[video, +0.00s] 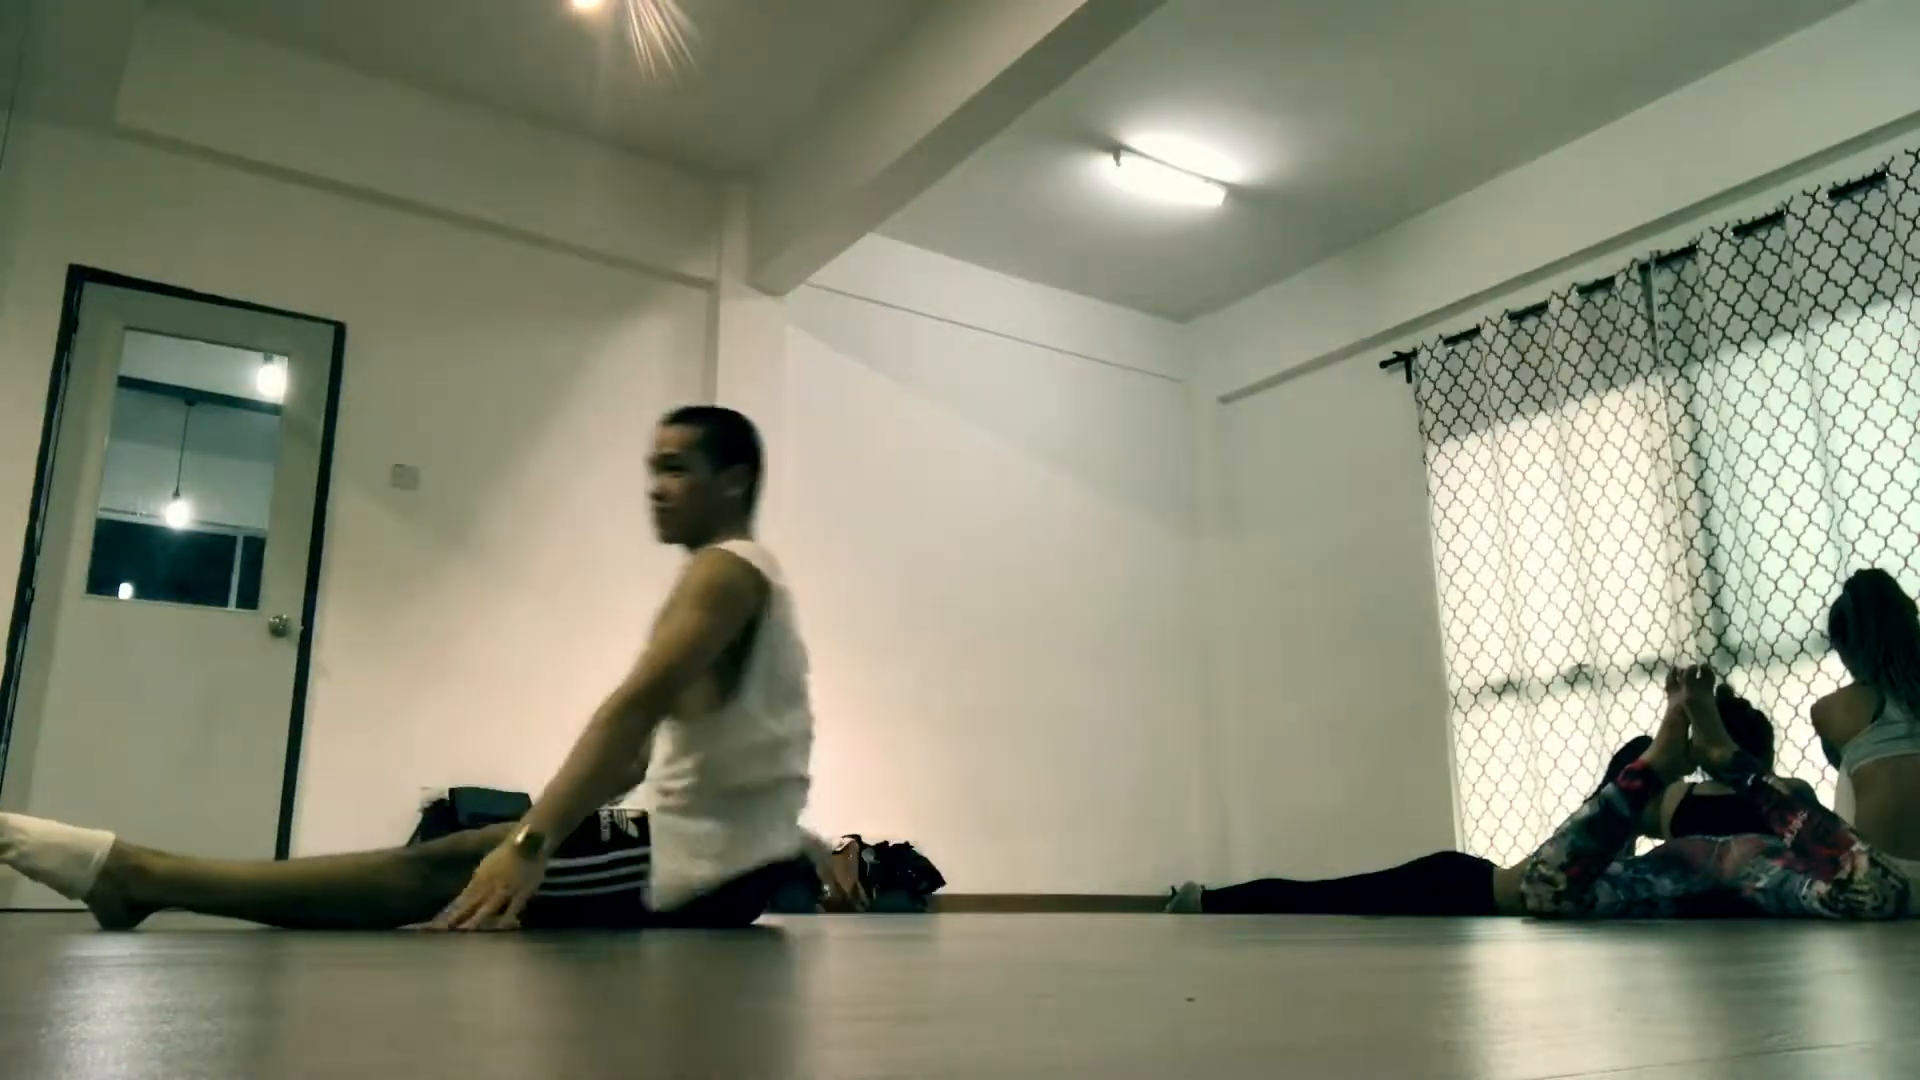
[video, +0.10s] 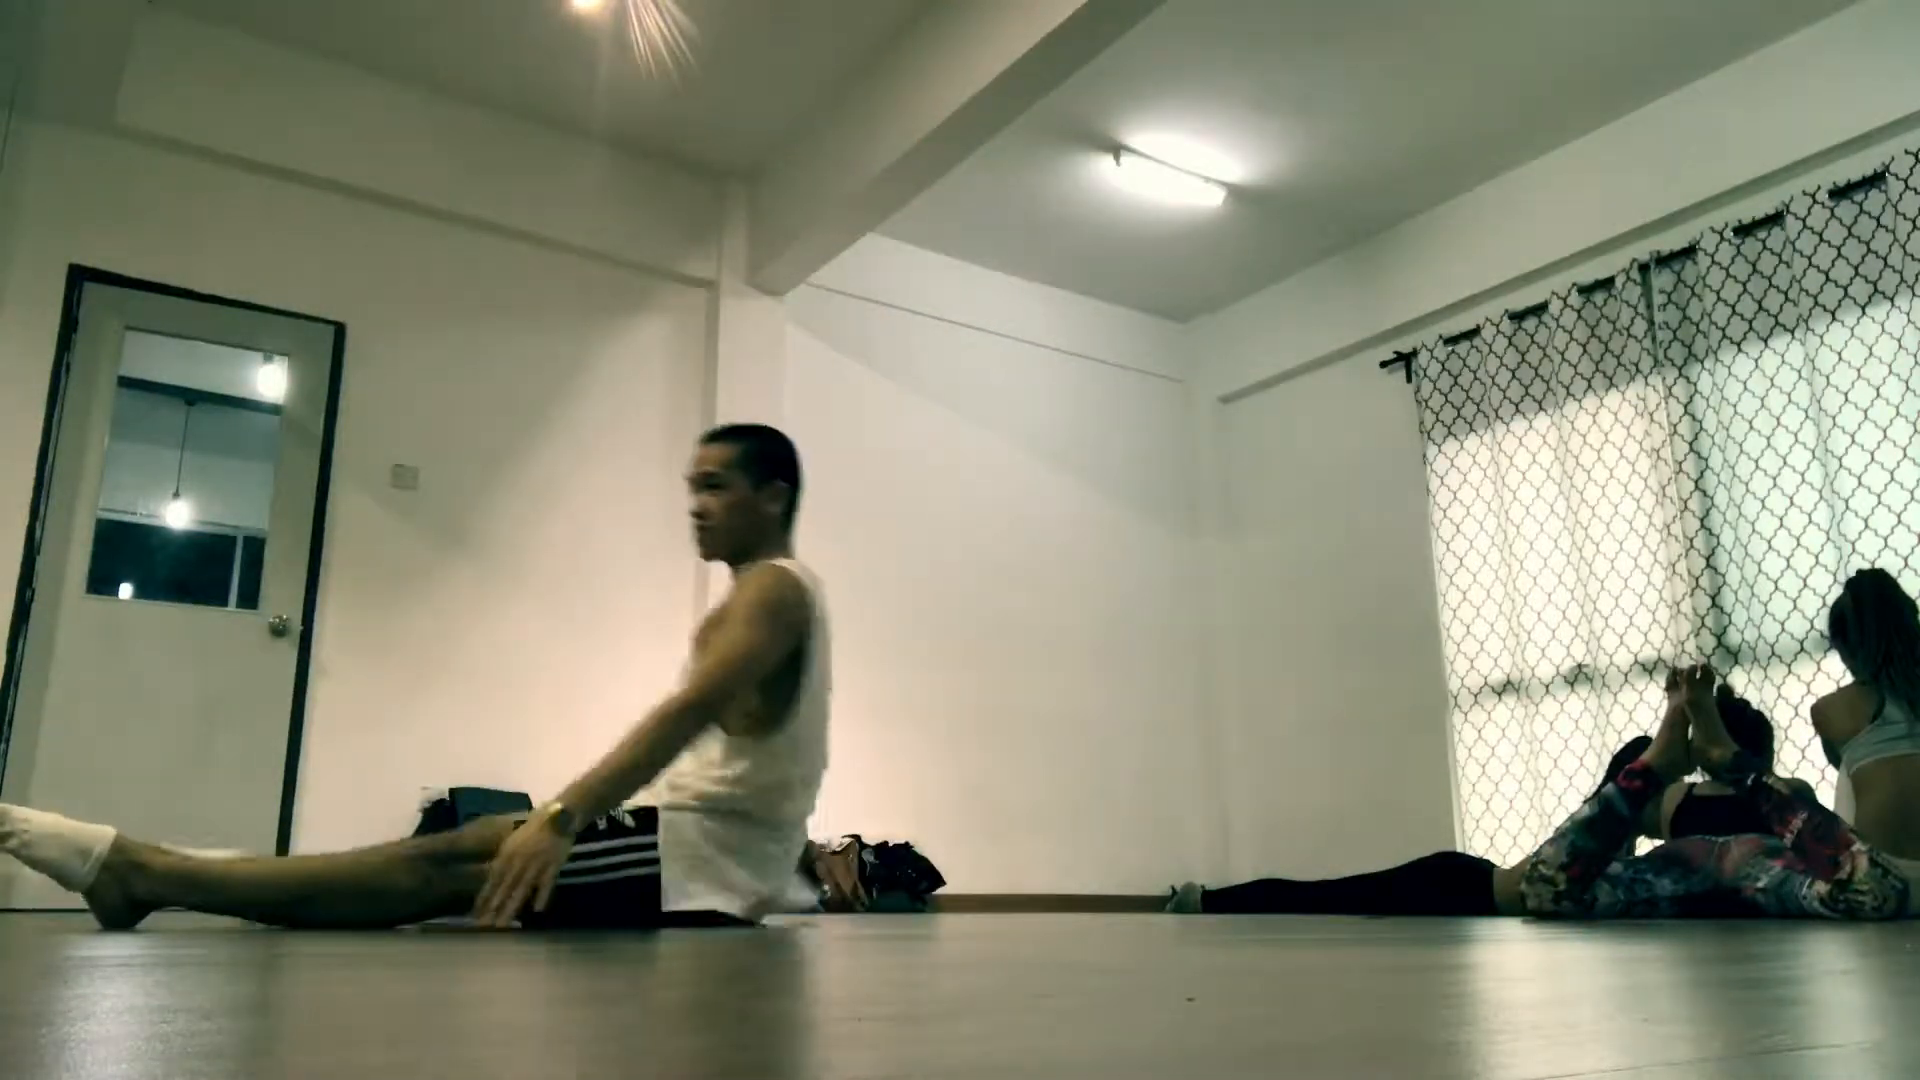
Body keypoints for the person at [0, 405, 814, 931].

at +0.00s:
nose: (657, 488)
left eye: (677, 469)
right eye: (655, 471)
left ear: (736, 481)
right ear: (692, 484)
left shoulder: (727, 573)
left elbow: (635, 711)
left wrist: (527, 849)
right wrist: (536, 839)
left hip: (716, 856)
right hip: (712, 847)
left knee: (437, 869)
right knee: (445, 860)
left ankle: (139, 880)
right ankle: (145, 883)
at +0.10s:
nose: (695, 505)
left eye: (714, 487)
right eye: (694, 488)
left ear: (774, 497)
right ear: (727, 500)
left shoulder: (775, 590)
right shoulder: (753, 598)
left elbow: (687, 715)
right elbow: (689, 734)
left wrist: (557, 818)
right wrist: (570, 821)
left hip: (714, 849)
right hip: (692, 839)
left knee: (444, 862)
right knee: (441, 856)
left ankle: (144, 873)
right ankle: (156, 879)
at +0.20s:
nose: (727, 525)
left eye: (745, 506)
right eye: (725, 507)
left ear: (803, 516)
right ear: (750, 520)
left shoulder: (814, 612)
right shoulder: (764, 627)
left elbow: (768, 732)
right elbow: (731, 762)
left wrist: (622, 805)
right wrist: (612, 822)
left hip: (719, 859)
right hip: (686, 844)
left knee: (455, 861)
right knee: (452, 839)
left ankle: (154, 876)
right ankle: (173, 886)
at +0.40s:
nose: (785, 558)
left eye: (805, 542)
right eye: (786, 541)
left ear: (860, 555)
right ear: (809, 553)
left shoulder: (872, 644)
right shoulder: (795, 646)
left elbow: (865, 776)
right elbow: (756, 755)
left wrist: (749, 803)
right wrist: (680, 792)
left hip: (706, 842)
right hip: (673, 824)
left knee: (462, 861)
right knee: (441, 854)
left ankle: (183, 879)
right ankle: (176, 881)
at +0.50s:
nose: (830, 599)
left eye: (850, 588)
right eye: (832, 584)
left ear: (896, 607)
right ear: (843, 594)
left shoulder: (905, 696)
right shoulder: (820, 689)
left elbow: (880, 816)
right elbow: (777, 783)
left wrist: (763, 792)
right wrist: (692, 796)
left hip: (731, 850)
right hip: (693, 822)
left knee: (495, 840)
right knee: (454, 836)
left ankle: (189, 873)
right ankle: (178, 884)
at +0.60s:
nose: (891, 651)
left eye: (914, 645)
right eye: (895, 639)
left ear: (955, 672)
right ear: (899, 657)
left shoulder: (940, 758)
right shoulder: (857, 736)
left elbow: (873, 851)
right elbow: (811, 829)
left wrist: (783, 748)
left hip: (741, 870)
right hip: (714, 857)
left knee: (532, 725)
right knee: (514, 750)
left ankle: (271, 873)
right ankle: (271, 877)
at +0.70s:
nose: (958, 697)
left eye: (982, 697)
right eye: (967, 686)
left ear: (1006, 740)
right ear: (957, 707)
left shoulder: (961, 808)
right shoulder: (915, 787)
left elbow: (862, 832)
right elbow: (824, 842)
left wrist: (860, 686)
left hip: (730, 880)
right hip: (705, 866)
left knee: (661, 651)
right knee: (609, 658)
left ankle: (503, 825)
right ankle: (497, 828)